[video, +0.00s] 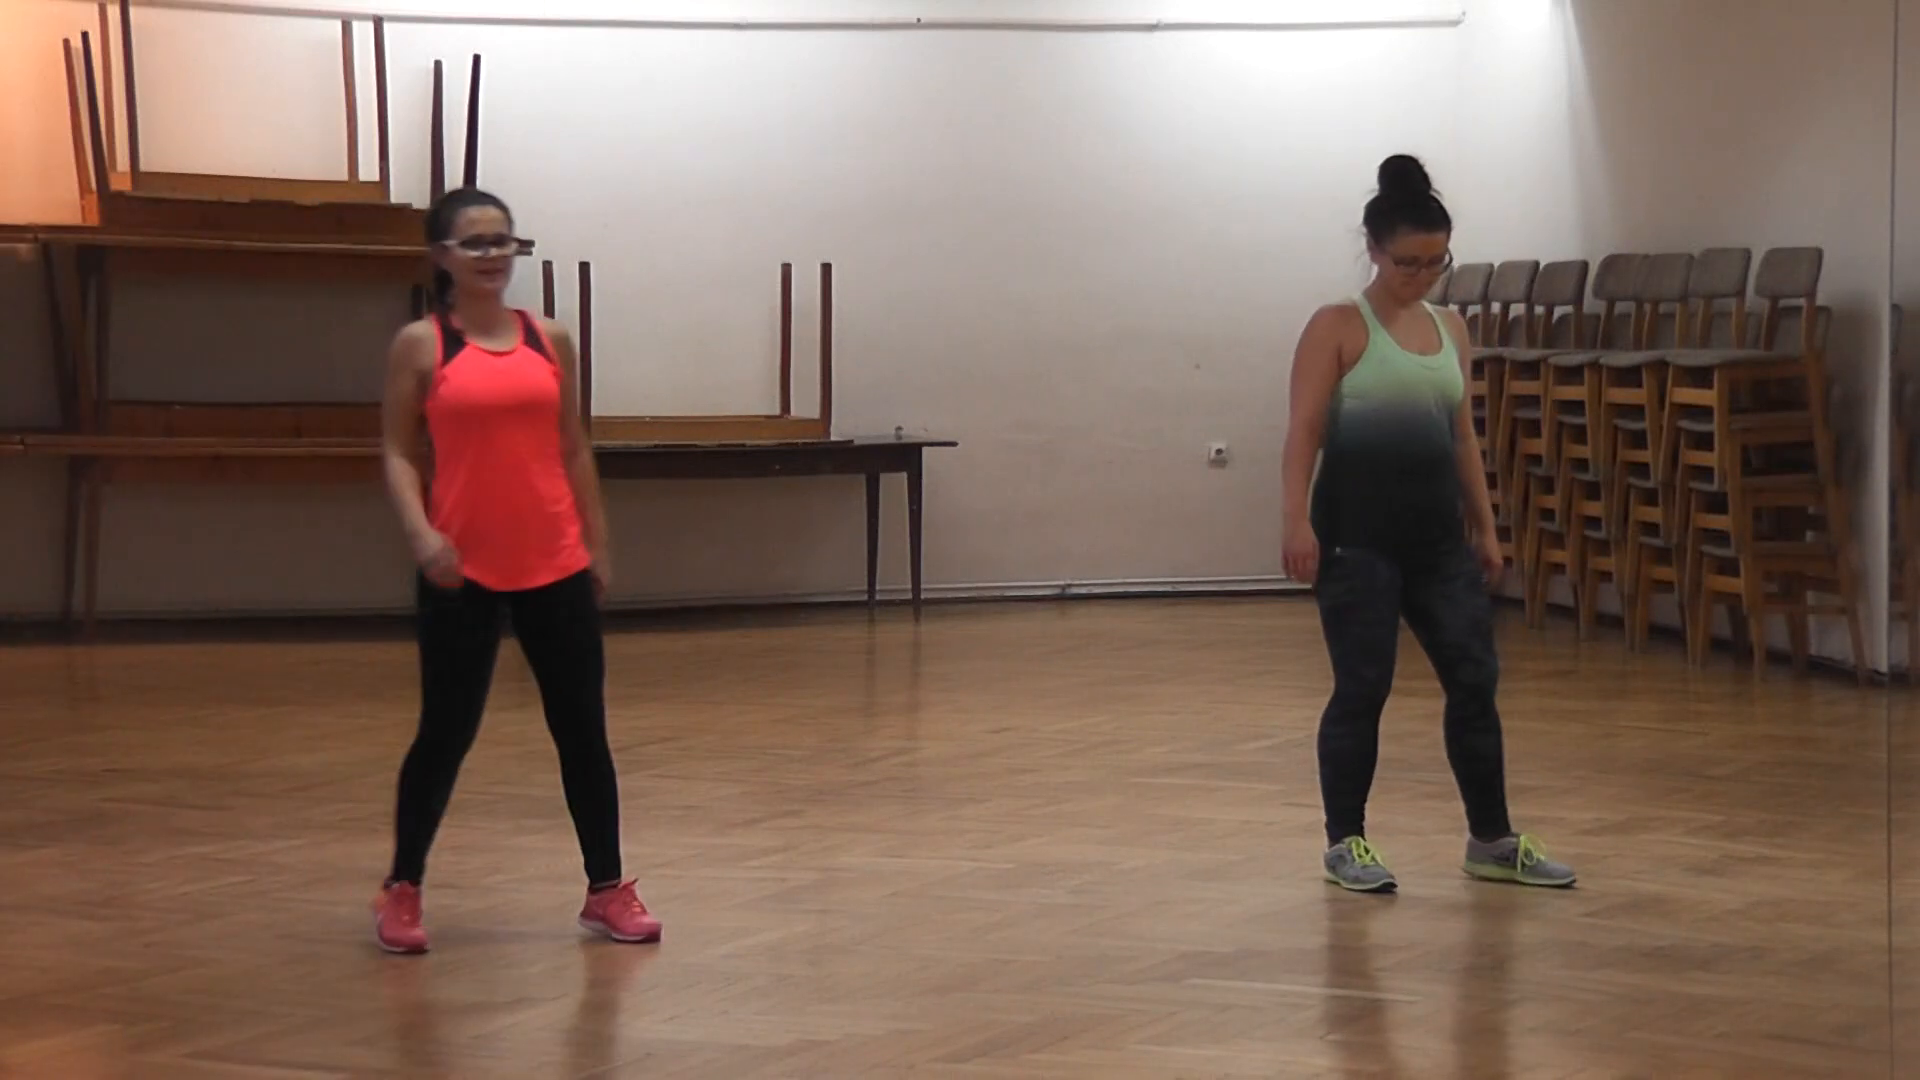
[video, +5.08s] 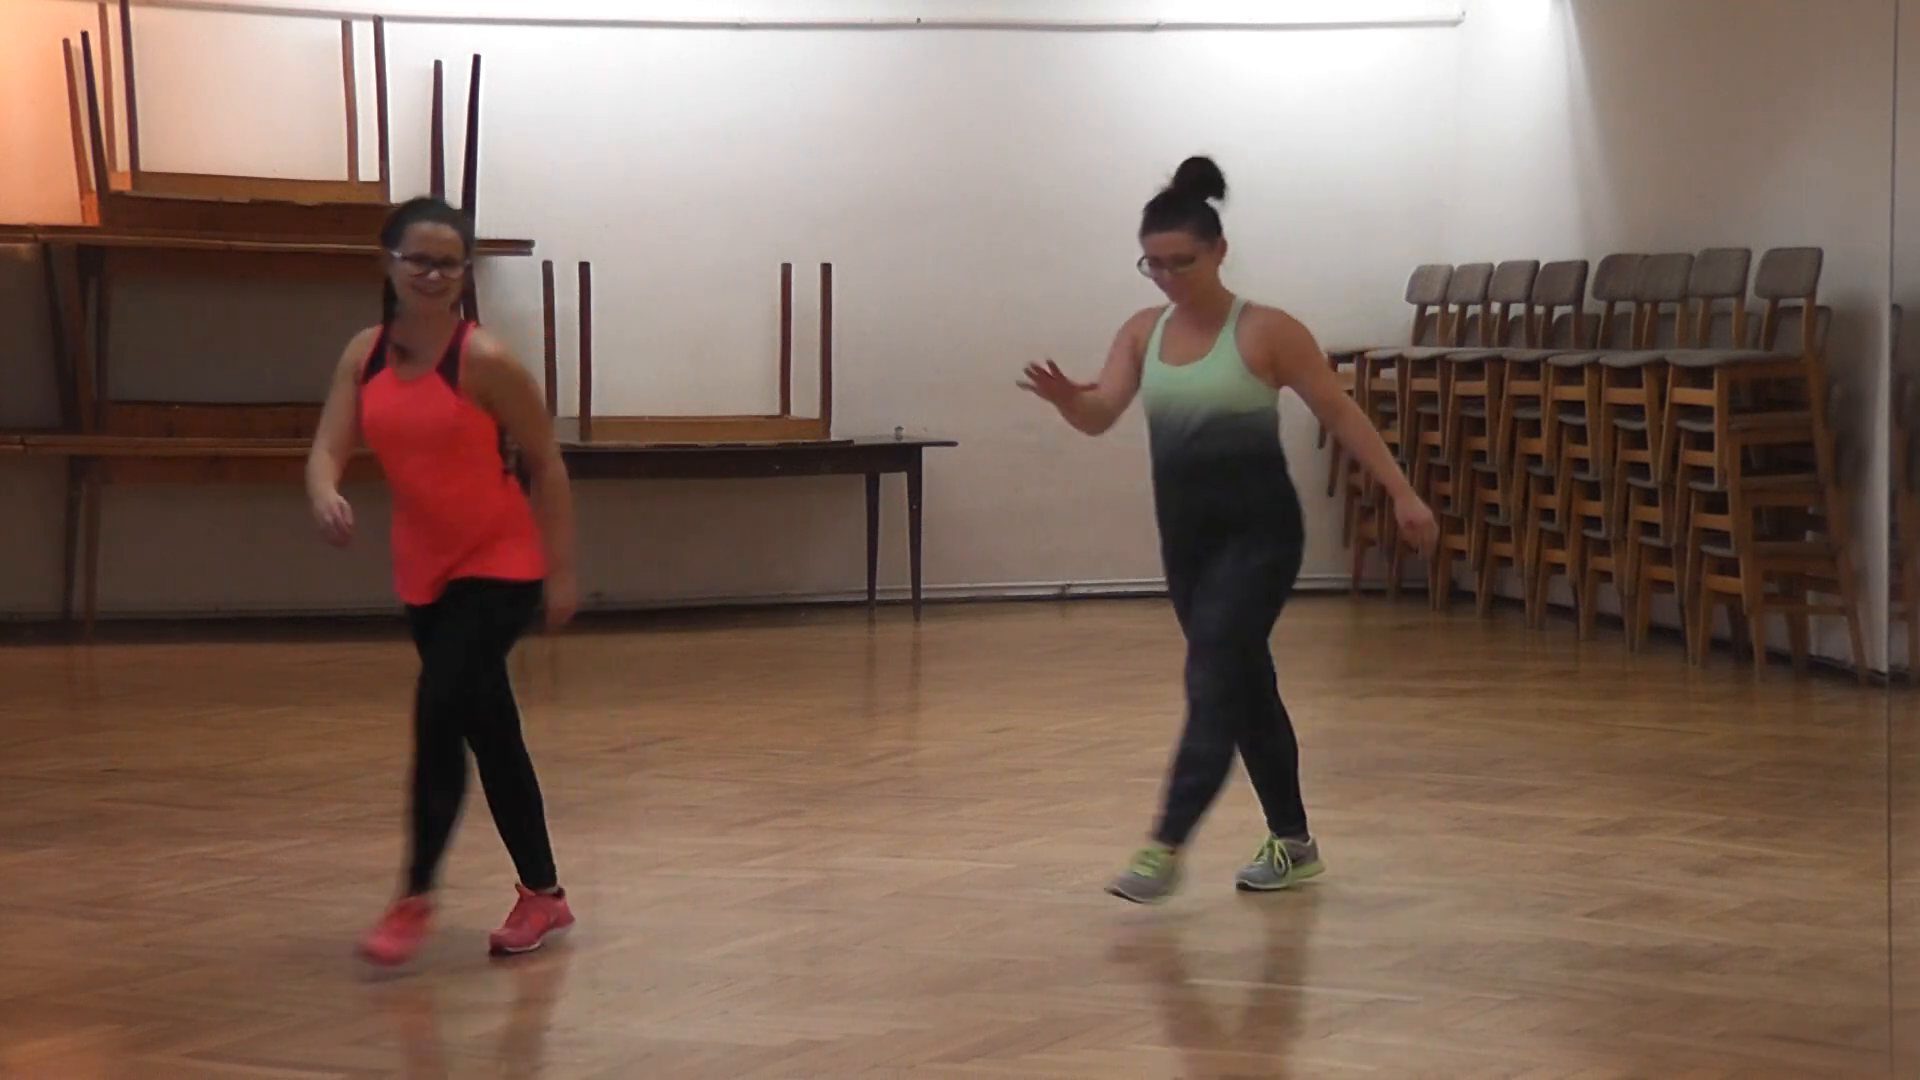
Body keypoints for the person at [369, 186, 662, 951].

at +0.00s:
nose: (494, 253)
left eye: (503, 241)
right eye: (477, 243)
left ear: (518, 249)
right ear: (442, 256)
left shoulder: (551, 340)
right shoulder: (420, 345)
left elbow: (575, 445)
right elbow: (399, 450)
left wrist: (597, 542)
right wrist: (422, 534)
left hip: (557, 568)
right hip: (463, 573)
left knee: (584, 733)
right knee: (445, 734)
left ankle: (609, 890)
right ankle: (403, 890)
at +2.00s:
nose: (513, 265)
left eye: (523, 252)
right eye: (497, 253)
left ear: (535, 262)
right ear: (461, 264)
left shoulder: (559, 353)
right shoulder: (434, 356)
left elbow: (577, 470)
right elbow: (411, 471)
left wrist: (598, 573)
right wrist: (402, 570)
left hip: (550, 579)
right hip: (455, 580)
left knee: (574, 744)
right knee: (430, 745)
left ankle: (618, 891)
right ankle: (402, 903)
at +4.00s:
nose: (530, 259)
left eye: (532, 244)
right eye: (509, 257)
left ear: (547, 251)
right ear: (482, 282)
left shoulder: (590, 357)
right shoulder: (459, 352)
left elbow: (603, 475)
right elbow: (429, 458)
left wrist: (617, 576)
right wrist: (411, 541)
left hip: (569, 582)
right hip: (471, 581)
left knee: (584, 742)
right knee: (443, 745)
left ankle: (620, 890)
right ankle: (403, 904)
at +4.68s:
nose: (546, 266)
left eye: (556, 252)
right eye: (529, 254)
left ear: (572, 260)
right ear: (498, 265)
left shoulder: (603, 354)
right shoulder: (472, 355)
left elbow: (652, 462)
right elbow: (465, 465)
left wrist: (657, 561)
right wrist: (448, 560)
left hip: (597, 576)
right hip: (499, 579)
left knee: (625, 732)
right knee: (470, 729)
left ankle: (660, 880)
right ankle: (512, 884)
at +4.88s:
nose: (498, 277)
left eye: (510, 264)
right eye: (482, 263)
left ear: (525, 268)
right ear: (450, 265)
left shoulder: (552, 361)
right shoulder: (423, 357)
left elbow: (600, 471)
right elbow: (407, 463)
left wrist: (624, 569)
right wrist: (398, 553)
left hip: (557, 580)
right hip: (465, 587)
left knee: (568, 728)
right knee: (480, 746)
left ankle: (630, 852)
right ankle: (536, 894)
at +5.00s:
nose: (458, 269)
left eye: (473, 257)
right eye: (444, 256)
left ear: (489, 262)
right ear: (413, 256)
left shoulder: (513, 351)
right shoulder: (387, 346)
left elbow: (573, 451)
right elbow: (352, 443)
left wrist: (587, 557)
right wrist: (350, 508)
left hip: (524, 552)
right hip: (442, 563)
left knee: (484, 699)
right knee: (478, 721)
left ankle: (526, 872)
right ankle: (528, 882)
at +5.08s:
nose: (432, 275)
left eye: (447, 263)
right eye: (417, 262)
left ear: (465, 271)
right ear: (389, 265)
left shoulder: (487, 361)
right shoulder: (366, 355)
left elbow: (547, 463)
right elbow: (327, 452)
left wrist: (563, 570)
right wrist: (326, 495)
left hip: (501, 562)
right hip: (423, 572)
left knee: (437, 707)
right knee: (493, 731)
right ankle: (543, 892)